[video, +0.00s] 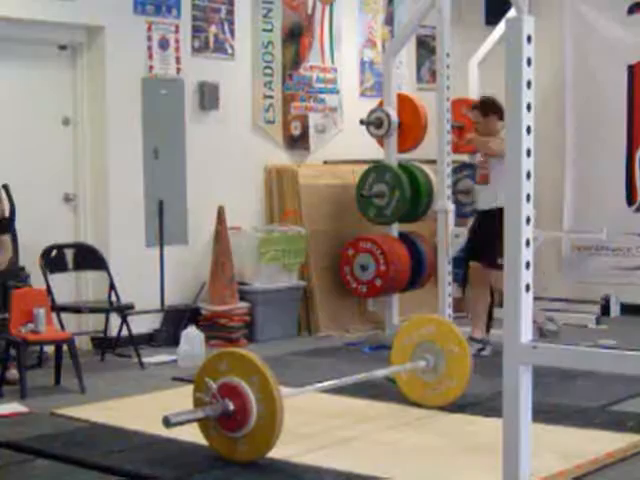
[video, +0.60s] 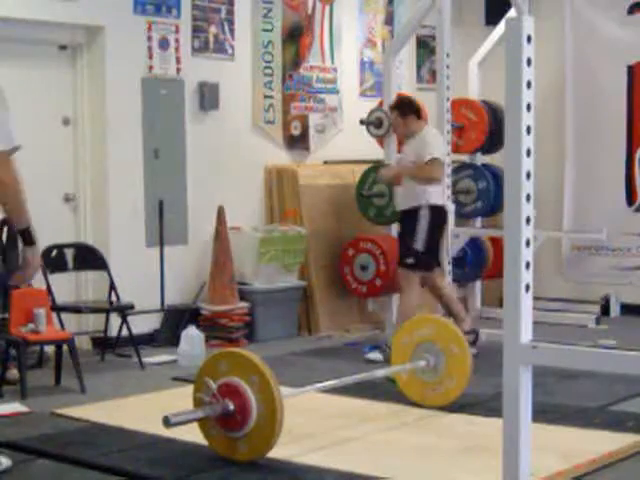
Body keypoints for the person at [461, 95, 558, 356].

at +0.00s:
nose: (474, 126)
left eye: (478, 120)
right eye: (474, 121)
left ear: (494, 119)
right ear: (490, 121)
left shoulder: (509, 142)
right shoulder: (487, 145)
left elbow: (493, 147)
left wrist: (473, 139)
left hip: (503, 211)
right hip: (484, 212)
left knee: (497, 276)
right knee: (477, 274)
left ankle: (537, 320)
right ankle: (478, 334)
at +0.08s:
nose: (466, 123)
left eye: (469, 118)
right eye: (466, 118)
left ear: (483, 117)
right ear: (483, 119)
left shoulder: (497, 138)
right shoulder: (481, 143)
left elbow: (485, 146)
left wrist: (465, 136)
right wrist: (466, 214)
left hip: (491, 206)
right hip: (477, 208)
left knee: (473, 268)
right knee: (475, 273)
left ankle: (515, 303)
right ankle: (478, 331)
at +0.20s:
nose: (450, 125)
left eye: (452, 120)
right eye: (449, 121)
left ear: (466, 116)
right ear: (465, 117)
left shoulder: (488, 133)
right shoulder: (471, 136)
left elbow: (471, 143)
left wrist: (451, 137)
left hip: (482, 202)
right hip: (465, 203)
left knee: (455, 266)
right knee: (472, 272)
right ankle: (480, 330)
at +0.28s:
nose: (447, 125)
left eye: (448, 120)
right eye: (445, 121)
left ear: (461, 116)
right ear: (460, 116)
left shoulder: (485, 133)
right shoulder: (465, 137)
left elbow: (470, 142)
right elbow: (454, 175)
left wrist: (448, 137)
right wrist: (456, 144)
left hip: (478, 202)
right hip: (460, 203)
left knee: (451, 268)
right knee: (472, 274)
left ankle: (469, 328)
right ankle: (479, 334)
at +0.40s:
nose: (434, 127)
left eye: (435, 122)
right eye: (433, 123)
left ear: (447, 117)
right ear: (447, 117)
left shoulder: (471, 134)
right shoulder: (452, 137)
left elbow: (455, 145)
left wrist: (433, 135)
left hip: (466, 206)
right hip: (448, 206)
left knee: (441, 270)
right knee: (465, 275)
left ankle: (439, 333)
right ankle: (477, 335)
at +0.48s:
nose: (413, 130)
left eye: (415, 125)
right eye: (412, 126)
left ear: (429, 120)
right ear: (425, 123)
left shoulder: (453, 137)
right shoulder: (428, 141)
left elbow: (441, 155)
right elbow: (398, 150)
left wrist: (418, 145)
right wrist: (383, 133)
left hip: (449, 208)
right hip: (432, 209)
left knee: (423, 273)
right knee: (454, 274)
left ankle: (418, 337)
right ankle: (476, 333)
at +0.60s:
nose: (394, 128)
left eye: (396, 121)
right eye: (393, 122)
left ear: (410, 118)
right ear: (408, 119)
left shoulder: (429, 136)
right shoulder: (410, 143)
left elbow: (435, 172)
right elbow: (405, 173)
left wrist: (401, 173)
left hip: (427, 207)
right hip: (413, 207)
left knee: (409, 276)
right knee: (430, 276)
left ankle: (401, 342)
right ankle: (466, 325)